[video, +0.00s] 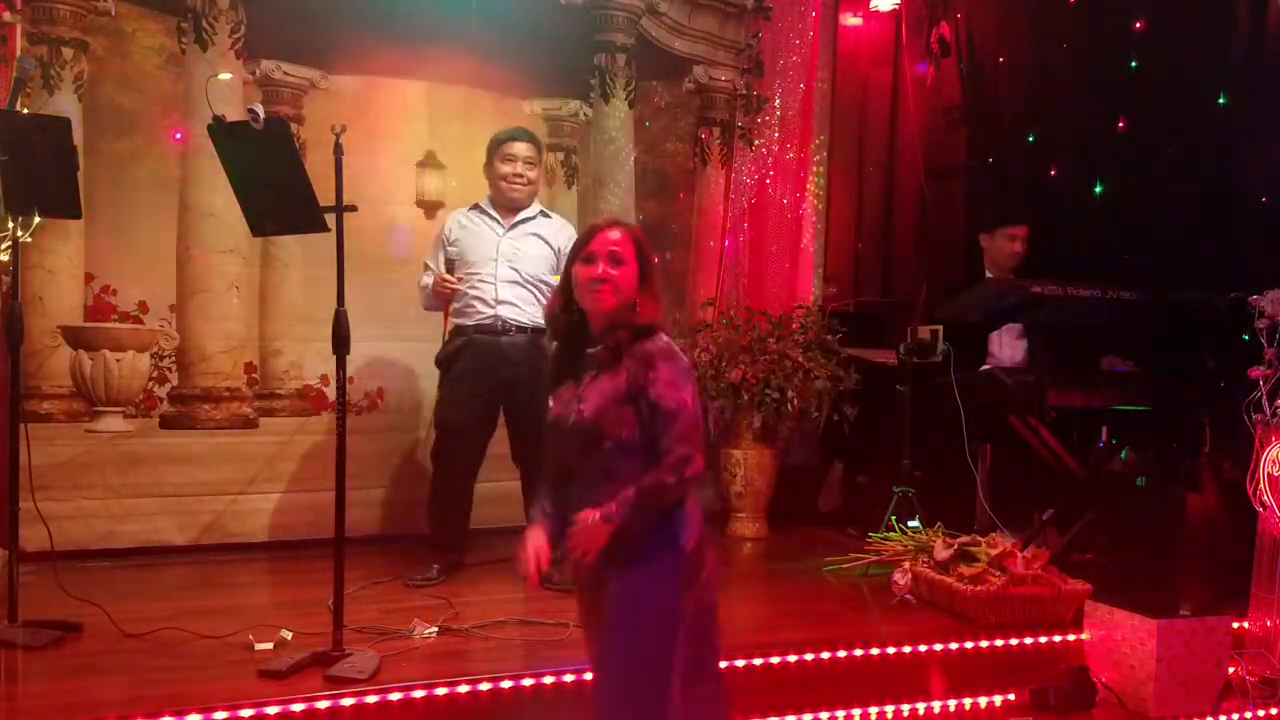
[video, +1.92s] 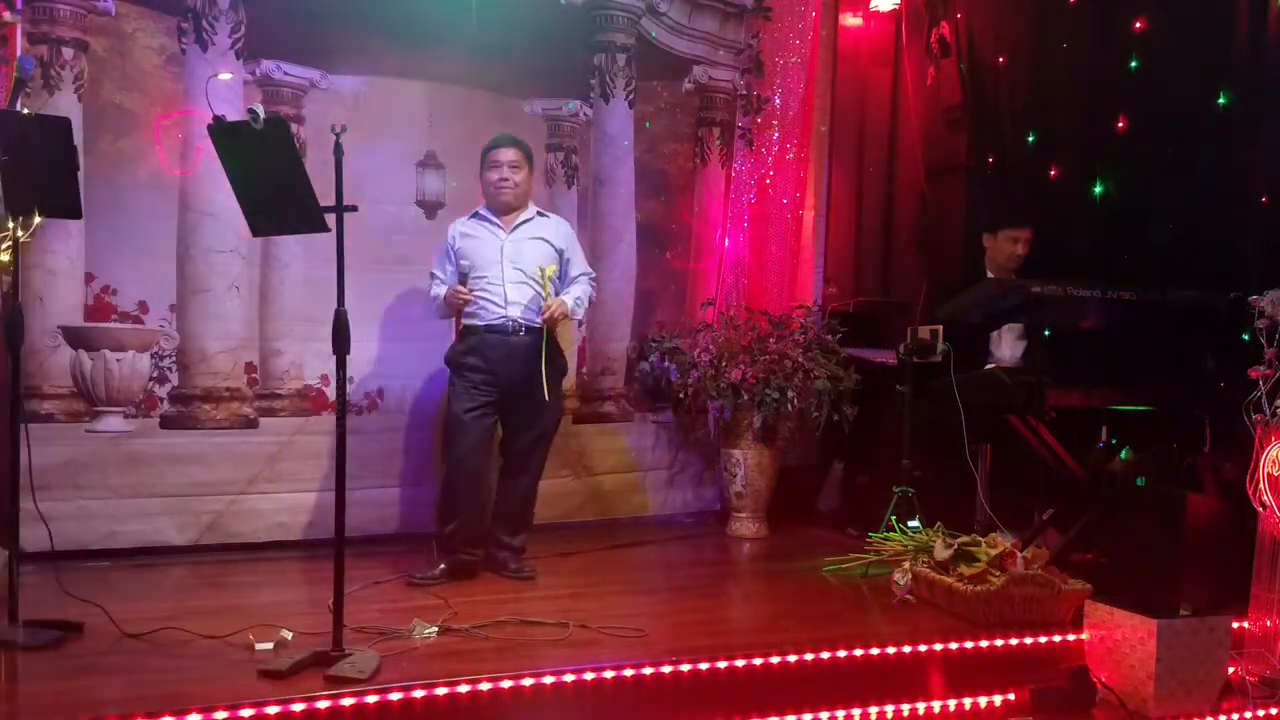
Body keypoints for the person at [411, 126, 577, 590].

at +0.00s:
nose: (518, 170)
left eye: (529, 163)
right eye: (508, 160)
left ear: (541, 174)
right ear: (488, 168)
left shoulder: (560, 232)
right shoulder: (459, 224)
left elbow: (581, 299)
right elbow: (429, 294)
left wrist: (566, 308)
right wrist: (438, 290)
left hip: (532, 352)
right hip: (470, 352)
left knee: (540, 458)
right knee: (453, 458)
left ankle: (552, 555)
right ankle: (444, 554)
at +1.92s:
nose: (504, 175)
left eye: (514, 167)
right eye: (493, 167)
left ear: (531, 178)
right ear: (481, 179)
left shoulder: (557, 230)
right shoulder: (461, 232)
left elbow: (582, 280)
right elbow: (438, 287)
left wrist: (569, 301)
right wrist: (448, 297)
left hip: (535, 353)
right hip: (476, 352)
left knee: (524, 458)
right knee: (465, 450)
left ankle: (508, 550)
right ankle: (461, 553)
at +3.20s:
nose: (457, 176)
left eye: (468, 169)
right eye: (447, 168)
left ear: (484, 183)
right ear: (433, 178)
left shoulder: (497, 242)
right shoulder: (403, 224)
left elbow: (516, 305)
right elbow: (372, 280)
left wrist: (540, 325)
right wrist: (400, 285)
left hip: (476, 352)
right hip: (417, 350)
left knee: (490, 454)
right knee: (413, 455)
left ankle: (500, 550)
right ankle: (411, 556)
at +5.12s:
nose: (465, 177)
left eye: (477, 170)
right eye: (455, 168)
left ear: (493, 181)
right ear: (443, 178)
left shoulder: (518, 238)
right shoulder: (417, 228)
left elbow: (539, 290)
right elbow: (387, 292)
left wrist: (535, 307)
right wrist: (406, 286)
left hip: (487, 355)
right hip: (426, 351)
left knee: (506, 452)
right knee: (416, 455)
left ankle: (520, 554)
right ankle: (410, 557)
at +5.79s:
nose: (463, 172)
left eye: (475, 165)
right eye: (455, 165)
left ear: (497, 178)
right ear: (445, 176)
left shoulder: (521, 235)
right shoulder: (422, 223)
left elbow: (543, 288)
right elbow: (391, 288)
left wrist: (537, 307)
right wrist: (415, 269)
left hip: (493, 351)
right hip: (432, 349)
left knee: (507, 456)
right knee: (420, 456)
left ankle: (519, 554)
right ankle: (412, 557)